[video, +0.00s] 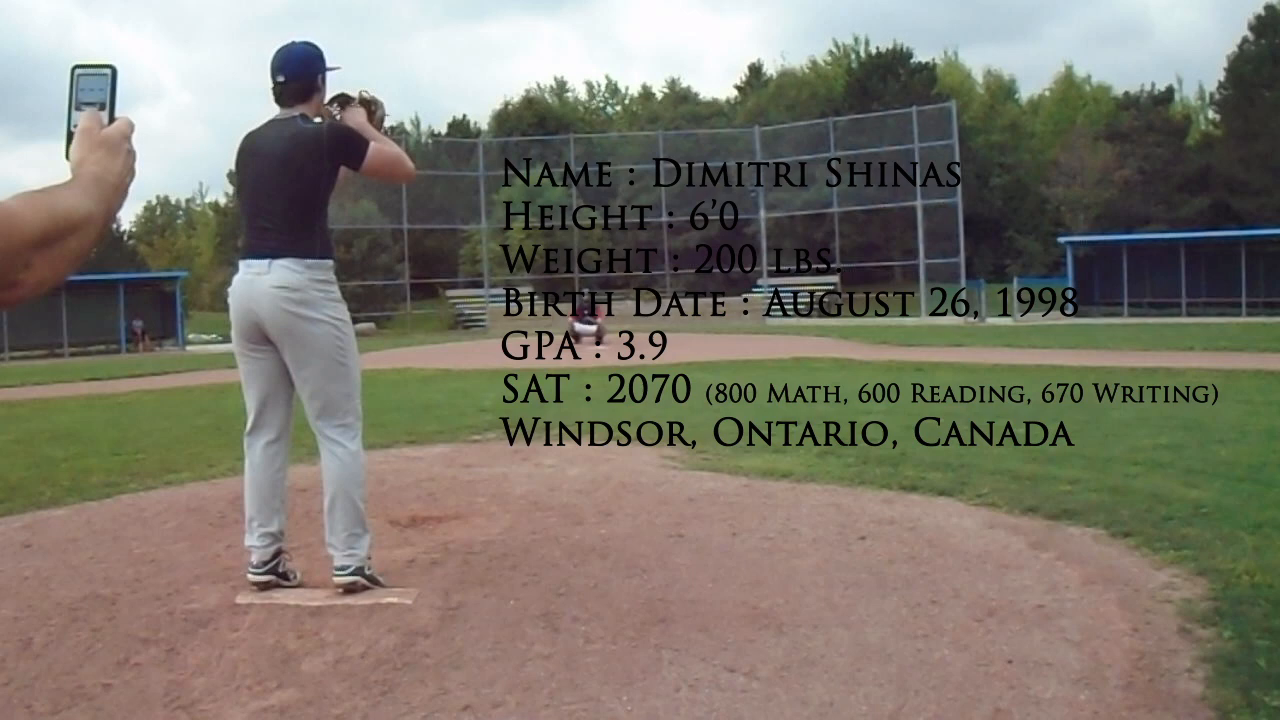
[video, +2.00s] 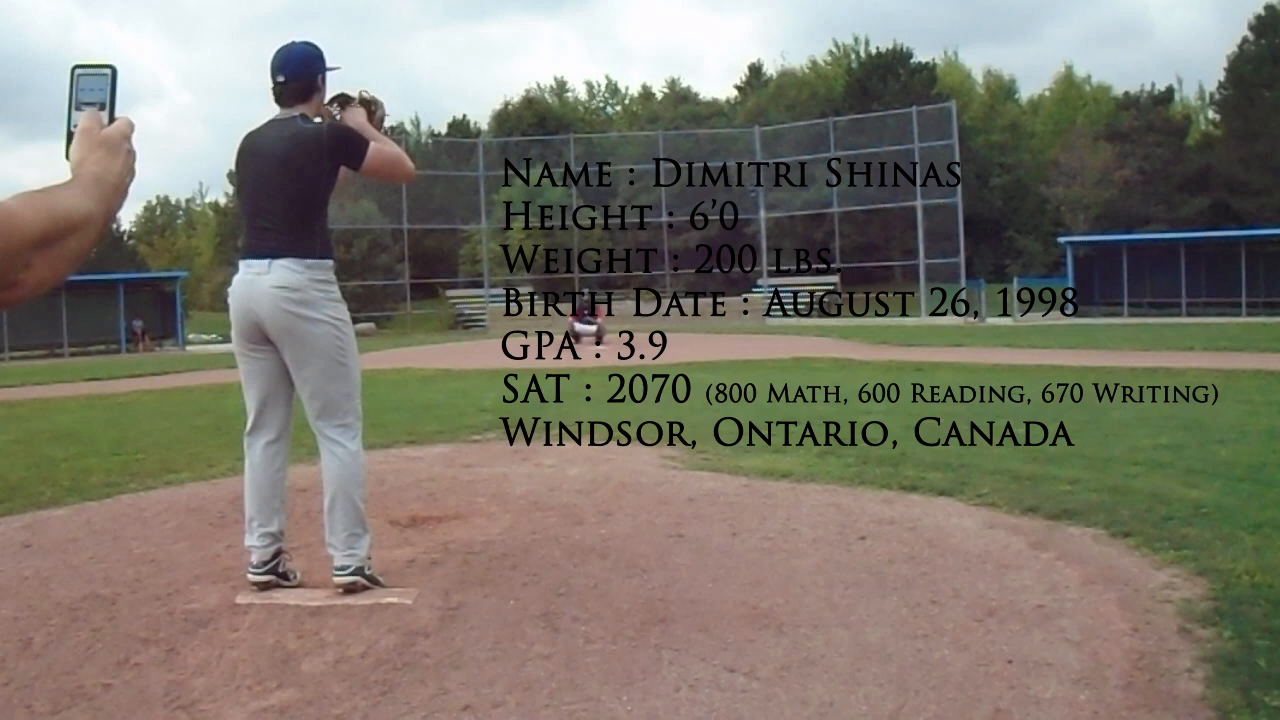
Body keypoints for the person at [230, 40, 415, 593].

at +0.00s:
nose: (327, 88)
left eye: (322, 81)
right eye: (325, 81)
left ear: (275, 88)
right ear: (320, 86)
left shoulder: (250, 143)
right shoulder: (327, 135)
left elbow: (301, 185)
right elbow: (402, 167)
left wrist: (327, 131)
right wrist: (362, 125)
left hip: (246, 288)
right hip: (303, 286)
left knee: (264, 430)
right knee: (338, 429)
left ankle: (263, 558)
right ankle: (350, 561)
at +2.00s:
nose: (327, 88)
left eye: (322, 81)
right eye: (325, 81)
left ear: (275, 88)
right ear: (320, 86)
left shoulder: (250, 143)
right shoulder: (327, 135)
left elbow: (301, 185)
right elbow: (402, 167)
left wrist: (327, 131)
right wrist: (362, 125)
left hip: (246, 288)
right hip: (303, 286)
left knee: (264, 430)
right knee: (338, 429)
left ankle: (263, 558)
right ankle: (350, 561)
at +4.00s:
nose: (327, 88)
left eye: (322, 81)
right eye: (325, 81)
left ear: (275, 88)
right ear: (320, 86)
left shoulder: (250, 143)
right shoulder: (327, 135)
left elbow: (301, 185)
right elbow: (402, 167)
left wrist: (327, 131)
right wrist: (362, 125)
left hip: (246, 288)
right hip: (303, 286)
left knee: (264, 430)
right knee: (338, 429)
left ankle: (263, 558)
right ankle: (350, 561)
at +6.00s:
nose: (340, 91)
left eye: (335, 83)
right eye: (339, 83)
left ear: (289, 89)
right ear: (333, 87)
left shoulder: (262, 142)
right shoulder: (337, 136)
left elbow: (330, 192)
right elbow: (415, 169)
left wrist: (357, 133)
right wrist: (376, 126)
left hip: (253, 287)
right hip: (310, 287)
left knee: (269, 428)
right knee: (343, 431)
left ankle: (264, 557)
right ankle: (350, 562)